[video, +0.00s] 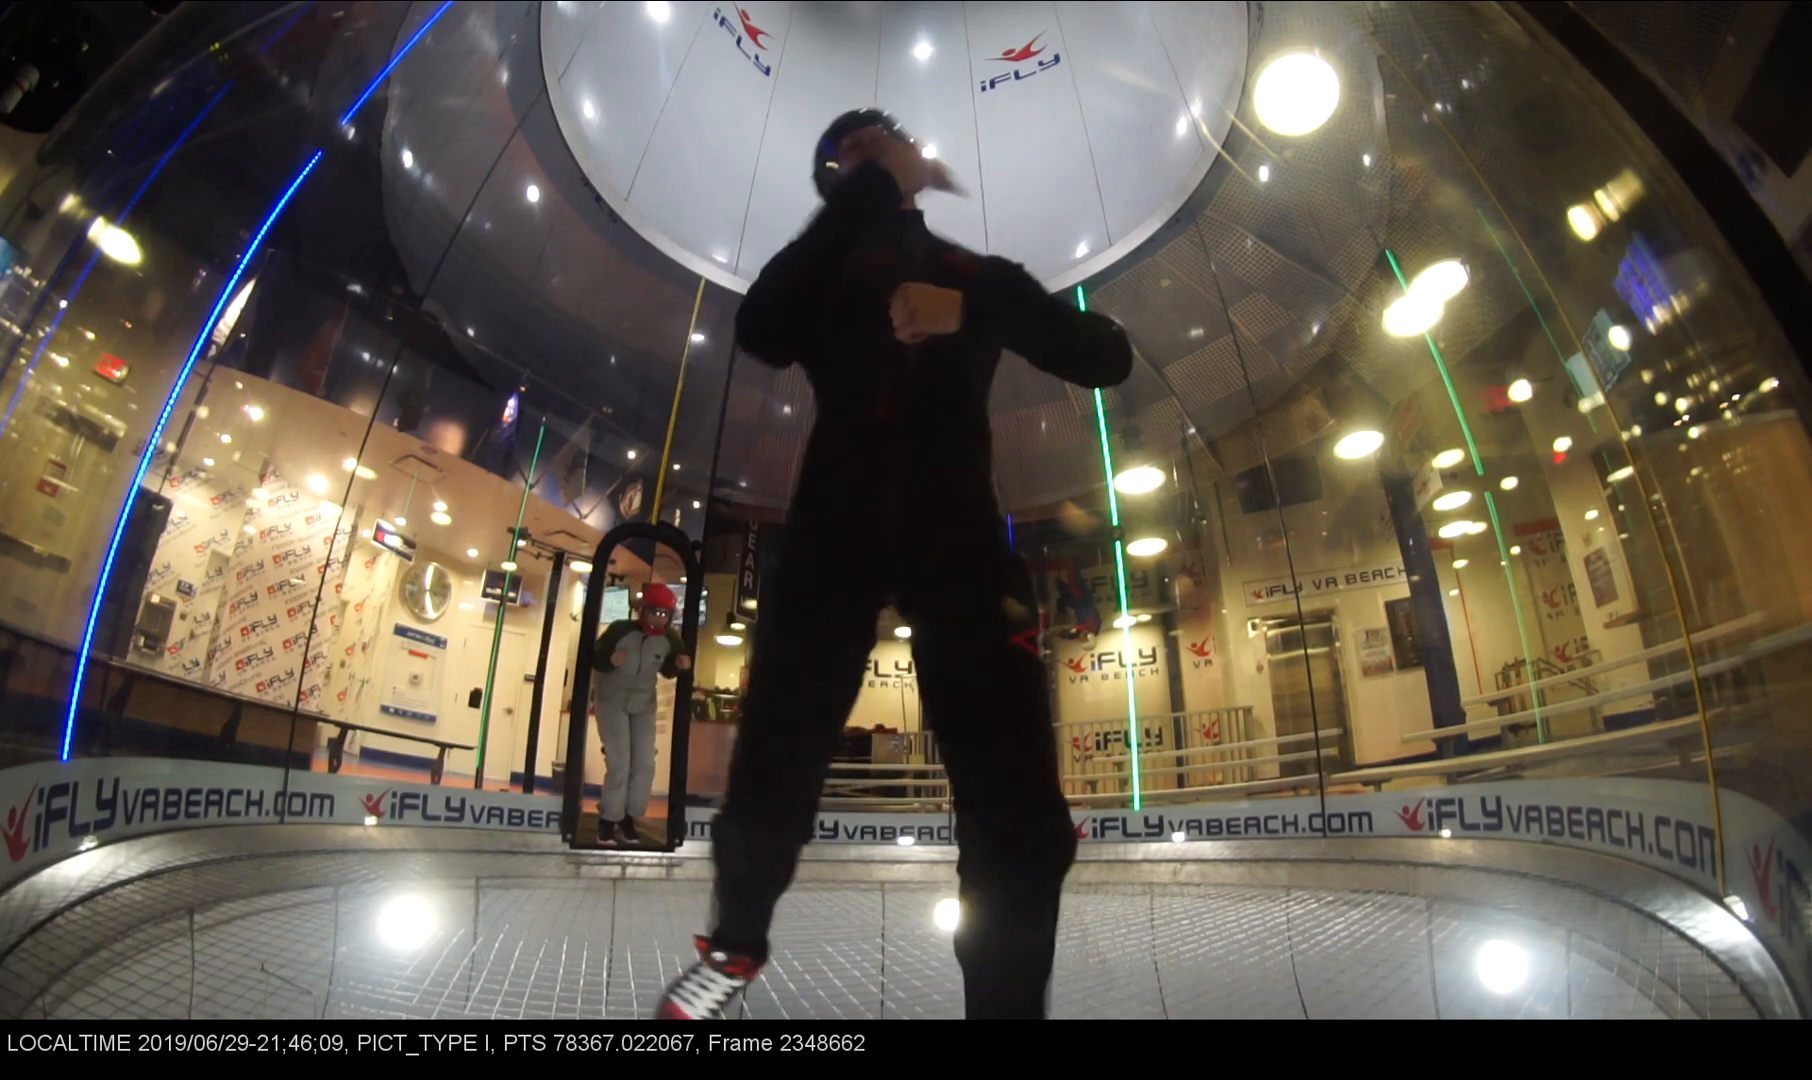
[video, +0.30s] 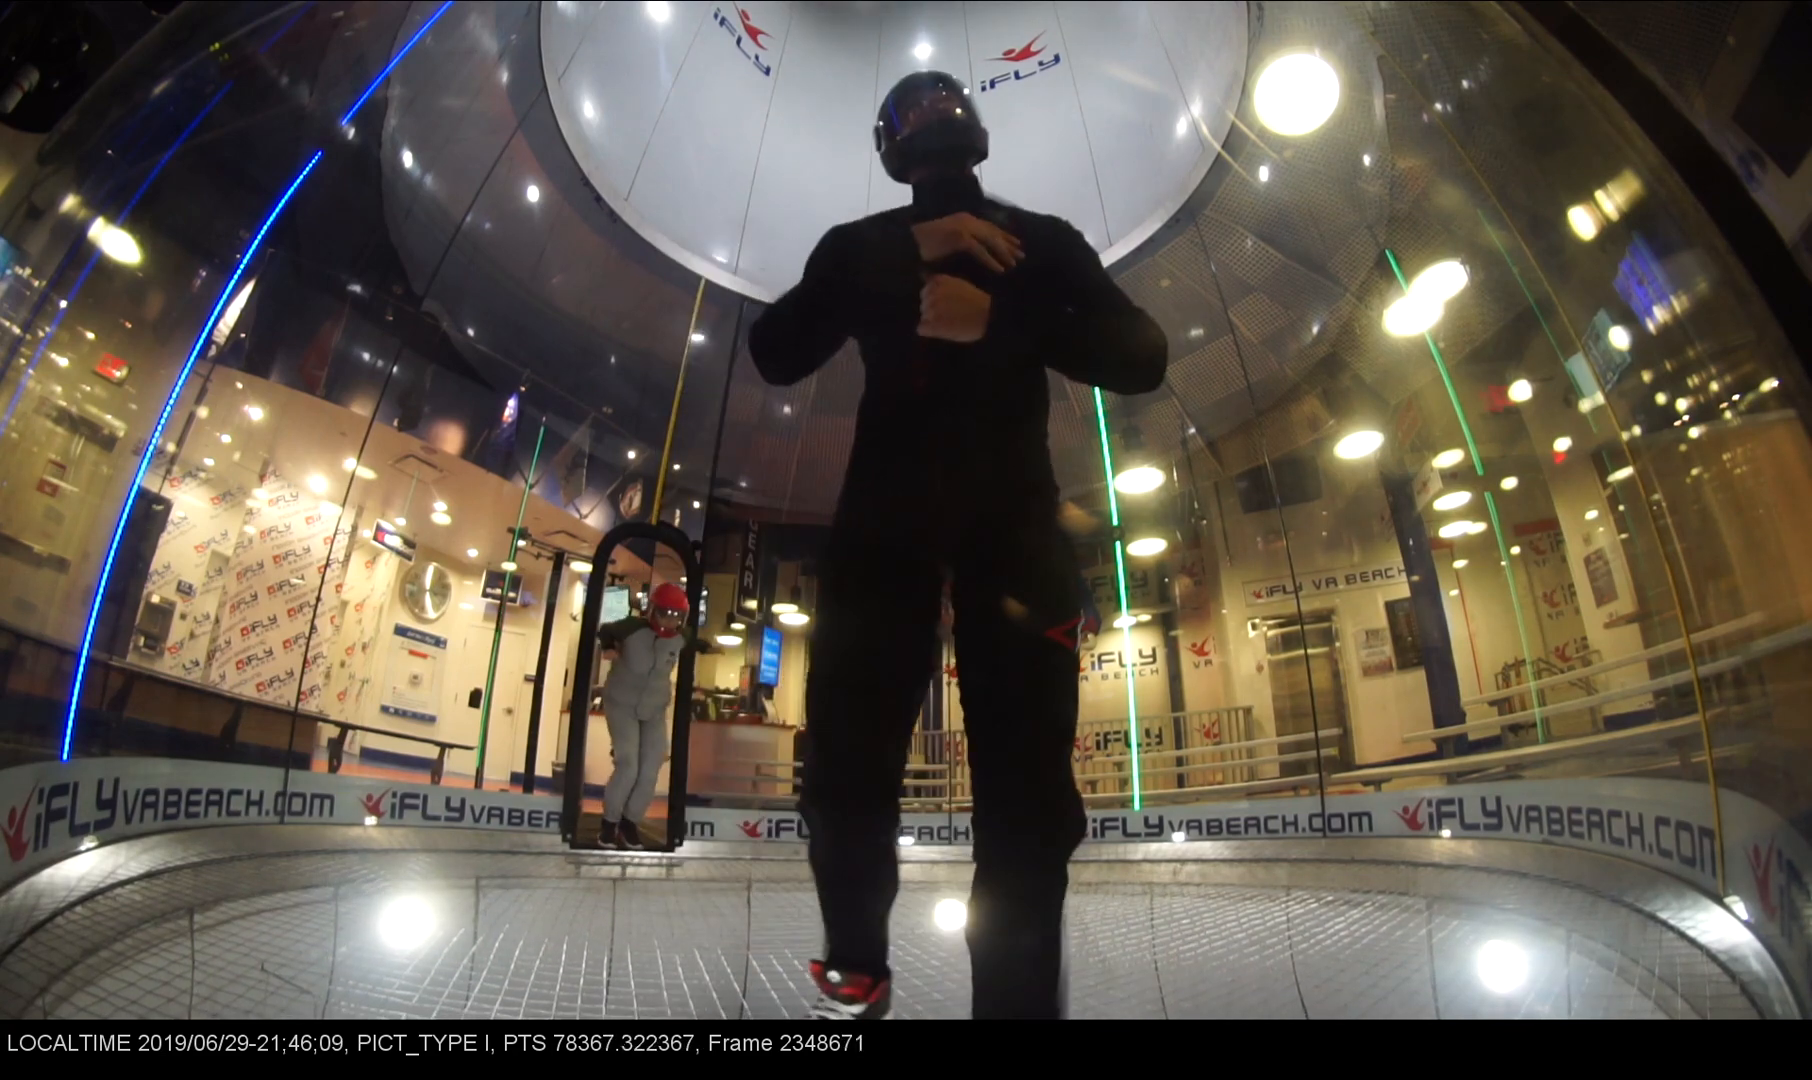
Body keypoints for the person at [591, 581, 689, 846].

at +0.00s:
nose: (660, 619)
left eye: (665, 614)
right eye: (655, 612)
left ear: (670, 615)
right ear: (642, 610)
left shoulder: (669, 639)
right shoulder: (621, 629)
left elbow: (667, 671)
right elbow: (595, 658)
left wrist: (678, 664)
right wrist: (609, 660)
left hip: (644, 706)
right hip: (612, 704)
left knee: (644, 763)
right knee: (619, 762)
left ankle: (629, 821)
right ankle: (608, 821)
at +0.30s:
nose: (670, 621)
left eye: (676, 616)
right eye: (665, 614)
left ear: (682, 617)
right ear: (653, 611)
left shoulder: (680, 638)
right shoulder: (632, 627)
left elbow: (694, 643)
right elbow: (603, 632)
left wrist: (705, 647)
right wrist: (609, 646)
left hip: (654, 710)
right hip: (622, 706)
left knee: (651, 766)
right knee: (627, 764)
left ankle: (630, 823)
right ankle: (610, 822)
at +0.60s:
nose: (683, 633)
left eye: (689, 628)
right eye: (678, 625)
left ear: (696, 629)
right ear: (666, 621)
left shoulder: (691, 652)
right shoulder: (644, 638)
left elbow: (703, 657)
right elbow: (608, 647)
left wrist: (717, 661)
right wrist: (616, 650)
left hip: (665, 730)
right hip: (632, 725)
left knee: (663, 787)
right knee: (638, 787)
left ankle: (632, 819)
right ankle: (610, 816)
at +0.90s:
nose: (698, 654)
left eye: (705, 649)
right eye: (693, 646)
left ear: (712, 651)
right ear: (679, 643)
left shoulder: (705, 676)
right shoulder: (655, 663)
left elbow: (717, 685)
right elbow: (626, 674)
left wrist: (739, 675)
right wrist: (609, 678)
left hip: (674, 757)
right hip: (638, 753)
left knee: (677, 816)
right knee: (639, 813)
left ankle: (642, 833)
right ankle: (611, 822)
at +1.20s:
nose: (722, 646)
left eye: (729, 640)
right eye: (715, 639)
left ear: (737, 643)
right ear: (701, 640)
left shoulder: (743, 669)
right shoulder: (677, 664)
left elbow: (790, 681)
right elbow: (630, 676)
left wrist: (808, 652)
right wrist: (606, 667)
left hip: (722, 756)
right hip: (674, 759)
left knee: (761, 809)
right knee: (654, 815)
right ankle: (620, 820)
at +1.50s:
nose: (746, 633)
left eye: (753, 625)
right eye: (739, 625)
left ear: (764, 631)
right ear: (724, 630)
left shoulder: (777, 659)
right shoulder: (709, 664)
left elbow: (826, 670)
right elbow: (665, 682)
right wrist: (616, 693)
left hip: (789, 744)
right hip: (737, 755)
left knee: (828, 787)